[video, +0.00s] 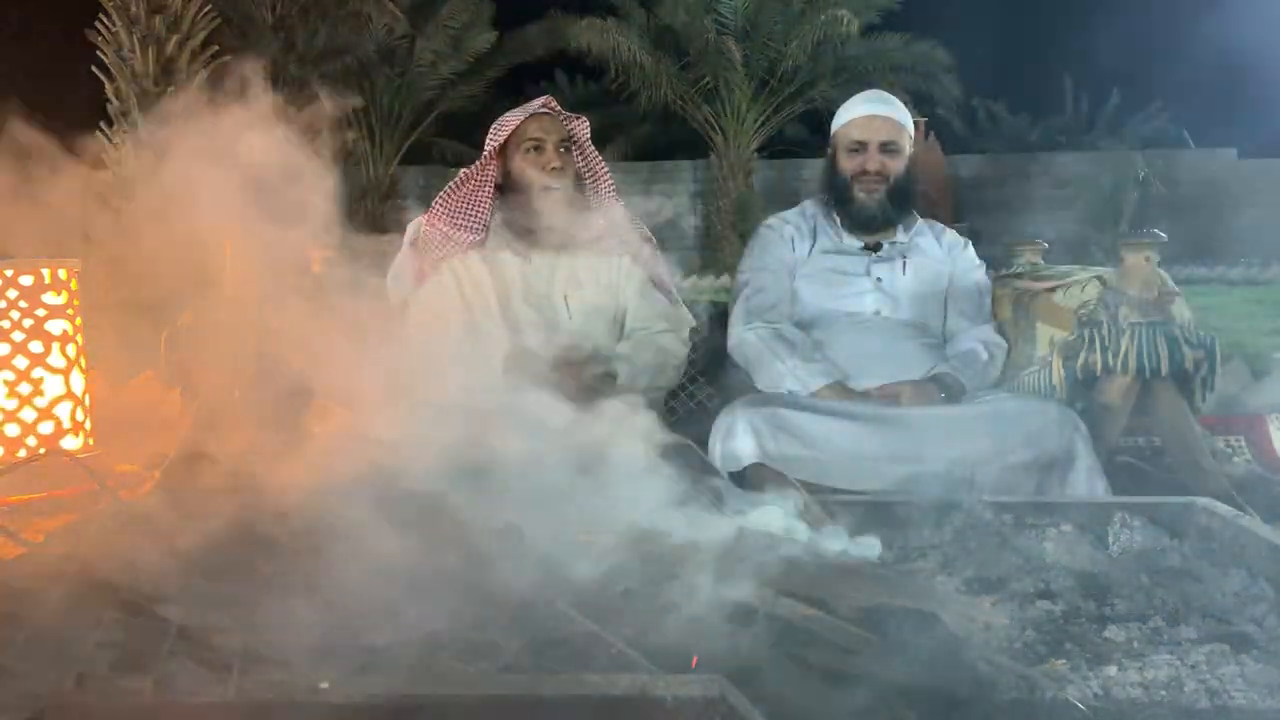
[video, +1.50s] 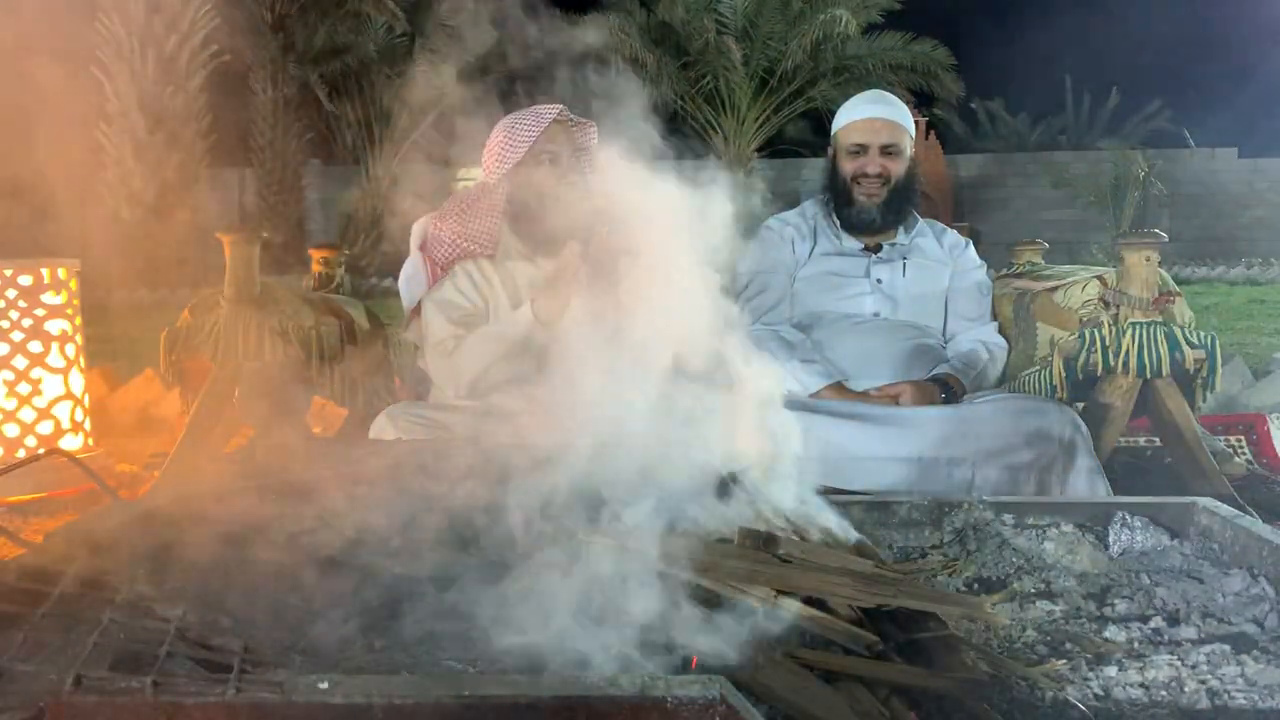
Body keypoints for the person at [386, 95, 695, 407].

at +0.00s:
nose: (555, 161)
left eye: (564, 147)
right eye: (534, 149)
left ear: (579, 161)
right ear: (502, 168)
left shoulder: (613, 259)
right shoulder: (460, 267)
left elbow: (666, 341)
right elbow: (421, 363)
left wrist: (608, 370)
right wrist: (507, 365)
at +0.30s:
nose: (556, 167)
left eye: (567, 153)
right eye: (536, 155)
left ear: (582, 167)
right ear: (506, 175)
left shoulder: (620, 259)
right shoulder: (463, 270)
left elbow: (659, 363)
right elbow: (441, 382)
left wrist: (606, 295)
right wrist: (517, 300)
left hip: (611, 420)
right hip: (504, 423)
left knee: (693, 484)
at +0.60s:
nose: (560, 170)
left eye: (569, 155)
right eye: (539, 155)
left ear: (582, 170)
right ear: (505, 173)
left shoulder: (615, 263)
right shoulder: (466, 274)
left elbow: (660, 361)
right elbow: (443, 376)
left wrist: (609, 307)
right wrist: (520, 312)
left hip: (603, 418)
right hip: (498, 416)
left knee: (681, 461)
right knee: (396, 428)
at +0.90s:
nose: (566, 167)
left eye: (572, 152)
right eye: (543, 154)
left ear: (583, 164)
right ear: (506, 172)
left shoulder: (618, 263)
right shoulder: (467, 272)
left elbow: (665, 356)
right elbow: (452, 376)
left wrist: (601, 284)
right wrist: (527, 288)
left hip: (611, 418)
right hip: (506, 415)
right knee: (395, 426)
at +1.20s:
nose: (568, 170)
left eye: (573, 155)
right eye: (545, 156)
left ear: (585, 167)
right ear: (506, 177)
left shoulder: (626, 256)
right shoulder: (470, 274)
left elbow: (663, 352)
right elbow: (457, 376)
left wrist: (604, 287)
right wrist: (539, 294)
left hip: (617, 409)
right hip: (515, 414)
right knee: (394, 426)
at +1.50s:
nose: (569, 174)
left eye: (576, 160)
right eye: (548, 159)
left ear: (586, 171)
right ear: (507, 175)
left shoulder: (604, 260)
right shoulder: (464, 268)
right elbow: (457, 376)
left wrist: (612, 280)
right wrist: (541, 314)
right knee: (395, 426)